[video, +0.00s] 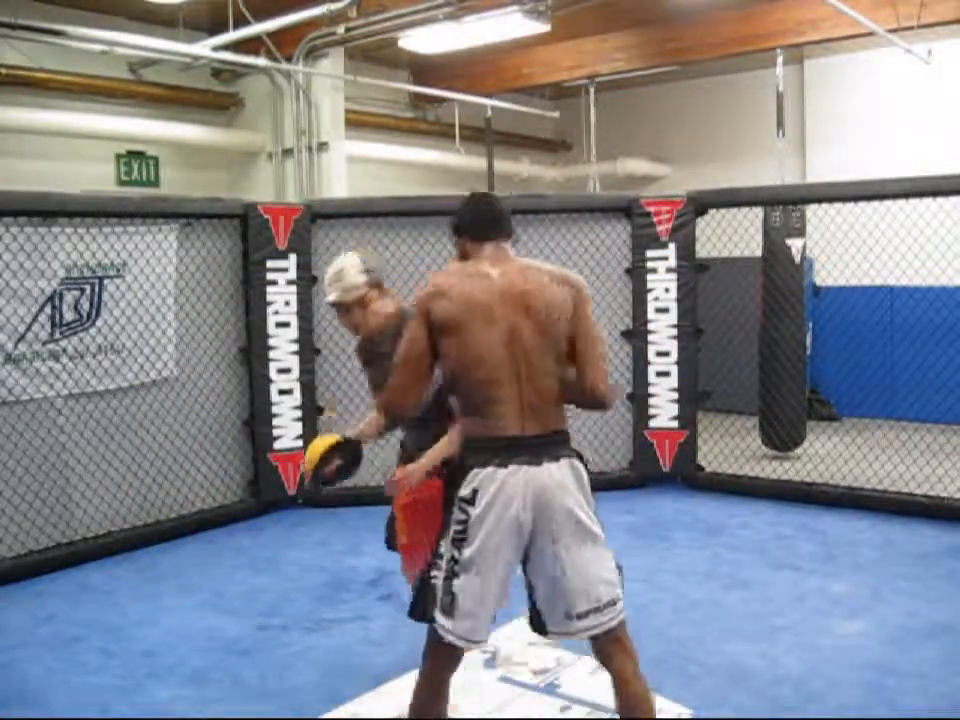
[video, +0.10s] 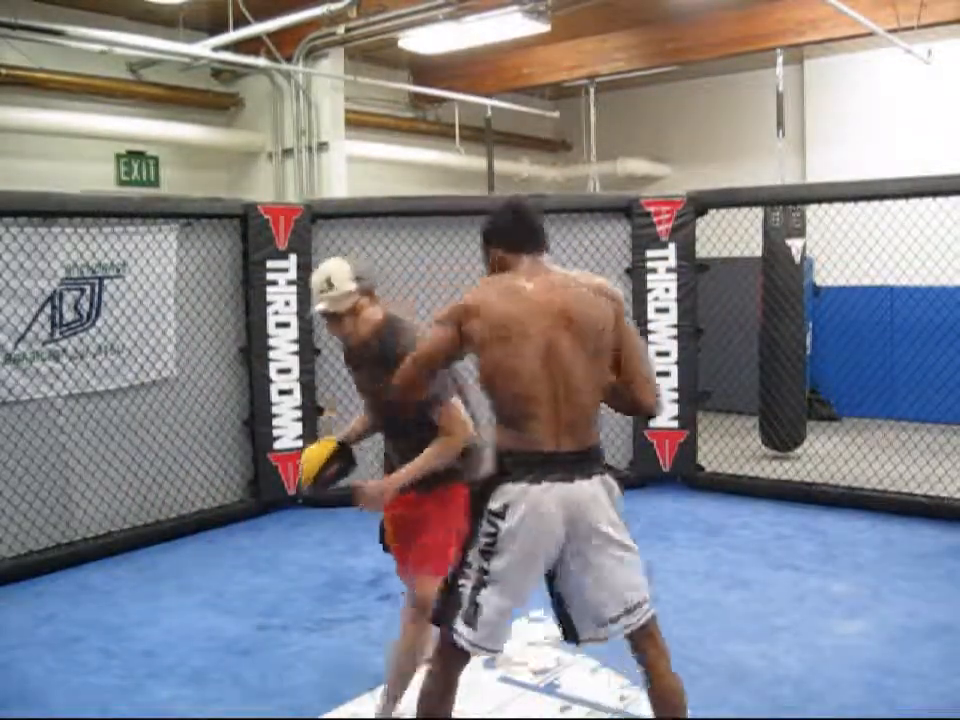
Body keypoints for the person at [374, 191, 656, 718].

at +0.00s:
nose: (456, 251)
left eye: (455, 244)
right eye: (460, 245)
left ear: (460, 241)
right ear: (510, 237)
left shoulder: (439, 292)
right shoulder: (566, 286)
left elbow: (401, 401)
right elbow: (598, 392)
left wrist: (452, 388)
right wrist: (540, 380)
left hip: (489, 484)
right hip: (563, 478)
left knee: (441, 657)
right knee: (616, 645)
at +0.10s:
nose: (487, 266)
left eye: (486, 257)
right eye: (489, 258)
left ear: (495, 252)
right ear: (543, 248)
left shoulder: (478, 304)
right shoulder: (602, 296)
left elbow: (406, 386)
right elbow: (643, 400)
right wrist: (584, 373)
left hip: (521, 497)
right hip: (594, 493)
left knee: (450, 658)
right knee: (651, 648)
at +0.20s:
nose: (516, 271)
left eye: (516, 260)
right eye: (514, 261)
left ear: (531, 255)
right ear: (573, 248)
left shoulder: (518, 304)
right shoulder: (638, 299)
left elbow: (418, 357)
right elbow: (676, 409)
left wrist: (435, 326)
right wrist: (616, 379)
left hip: (576, 499)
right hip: (646, 492)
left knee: (501, 651)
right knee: (680, 643)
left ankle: (460, 712)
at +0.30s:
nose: (532, 254)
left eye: (535, 242)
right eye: (531, 243)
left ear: (558, 237)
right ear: (591, 232)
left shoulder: (556, 276)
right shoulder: (666, 281)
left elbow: (455, 322)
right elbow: (693, 386)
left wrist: (410, 302)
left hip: (620, 479)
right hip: (682, 473)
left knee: (541, 633)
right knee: (685, 643)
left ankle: (519, 711)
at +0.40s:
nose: (560, 239)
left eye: (560, 229)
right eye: (556, 231)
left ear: (584, 221)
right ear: (617, 215)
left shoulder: (579, 253)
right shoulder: (680, 259)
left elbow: (473, 285)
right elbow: (708, 364)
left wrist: (396, 281)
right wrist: (604, 324)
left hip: (649, 464)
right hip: (705, 455)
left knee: (572, 628)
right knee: (691, 608)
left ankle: (589, 715)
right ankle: (720, 713)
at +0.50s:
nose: (579, 249)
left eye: (585, 238)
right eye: (579, 238)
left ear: (613, 235)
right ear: (641, 232)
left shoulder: (604, 276)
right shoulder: (701, 276)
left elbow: (484, 290)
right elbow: (714, 344)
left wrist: (398, 283)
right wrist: (617, 315)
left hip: (680, 479)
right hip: (725, 465)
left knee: (593, 647)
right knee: (721, 607)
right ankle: (760, 712)